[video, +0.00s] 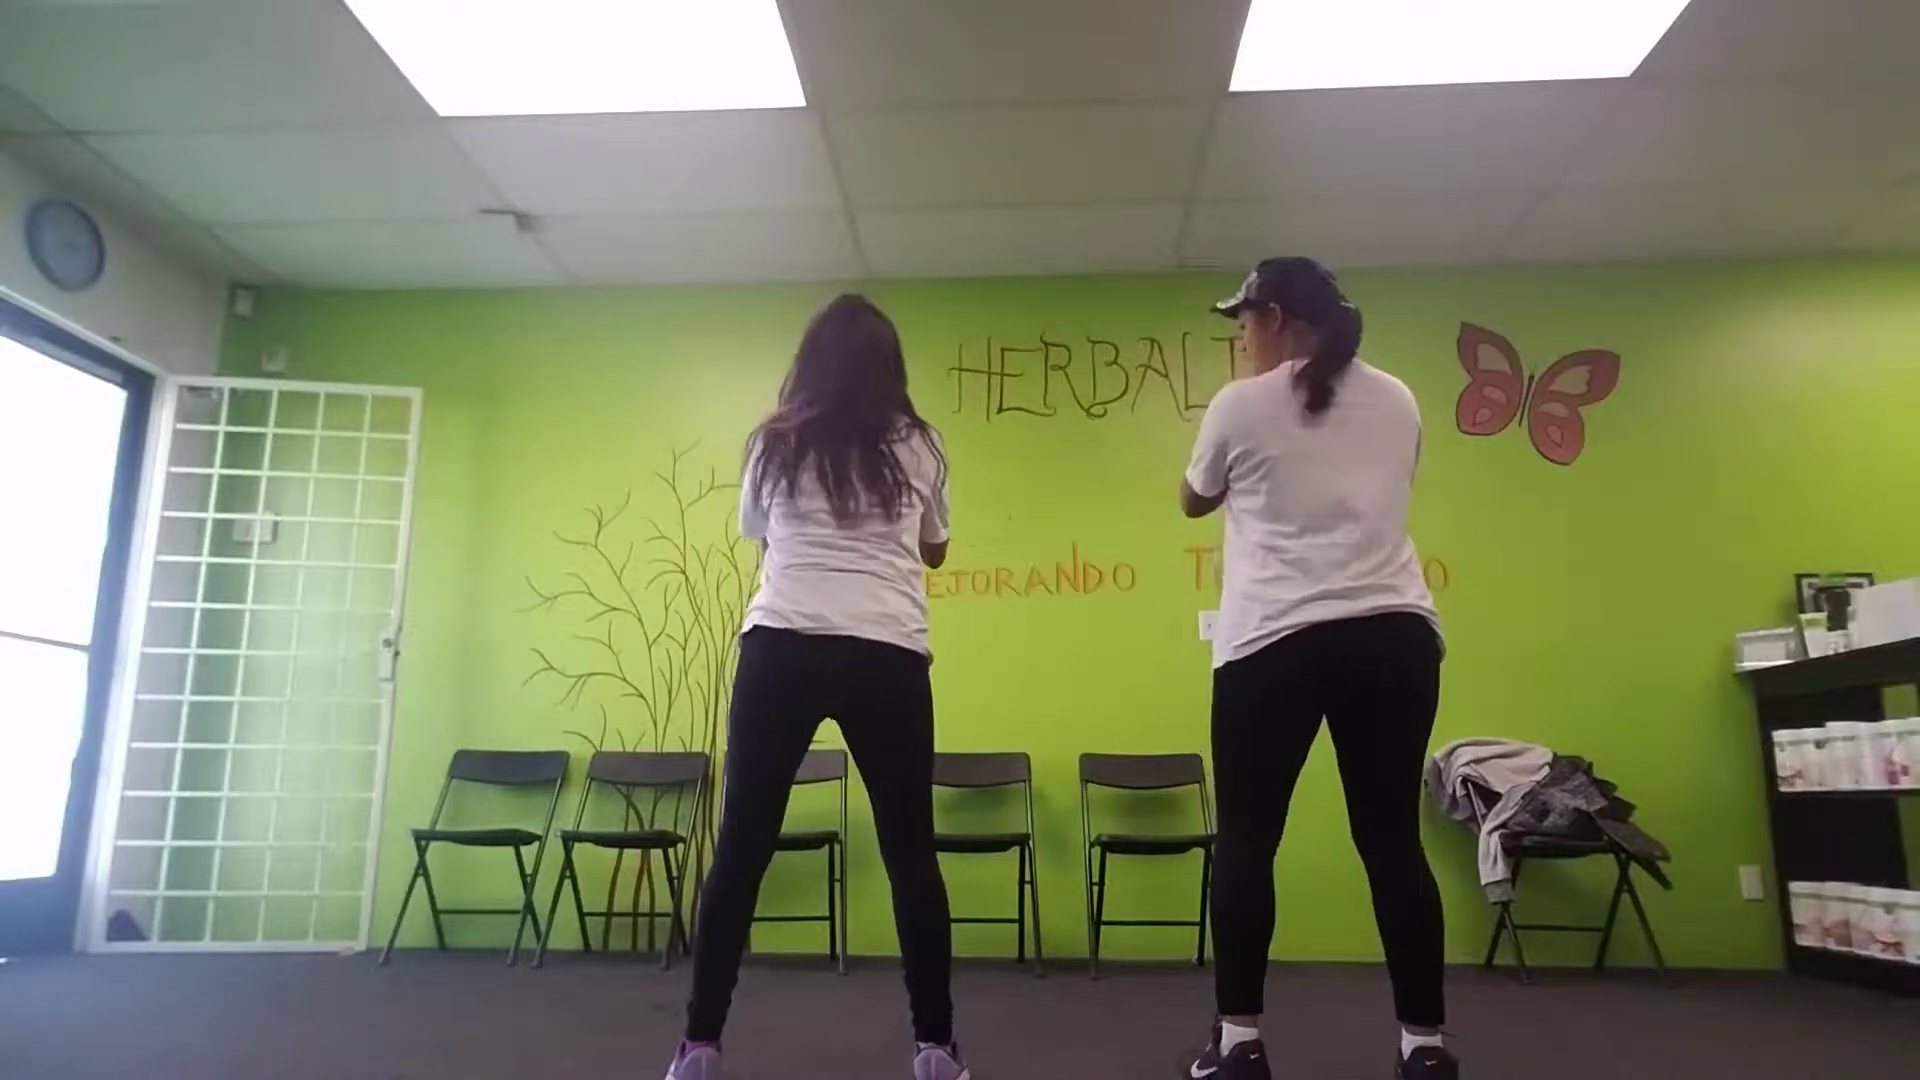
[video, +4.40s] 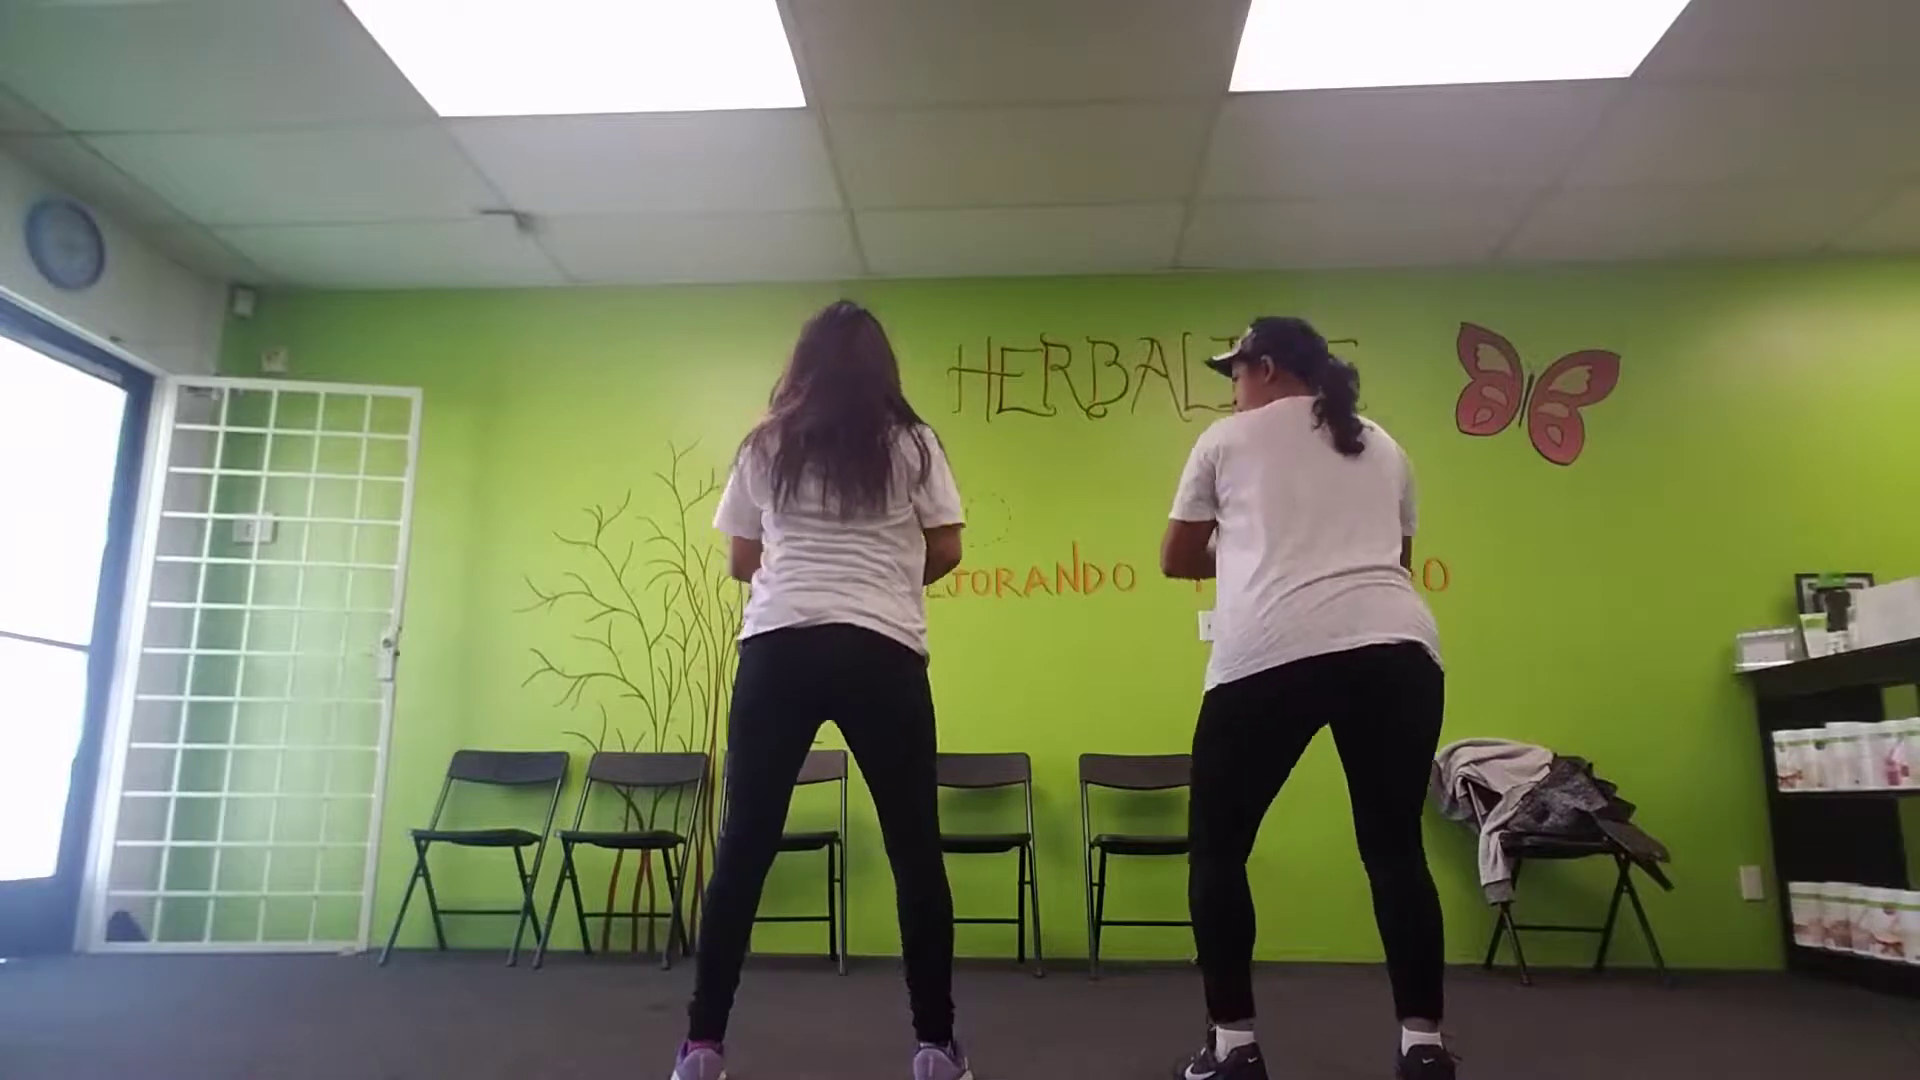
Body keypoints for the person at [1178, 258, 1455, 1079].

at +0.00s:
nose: (1238, 336)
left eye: (1242, 322)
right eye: (1239, 322)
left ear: (1273, 319)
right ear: (1322, 316)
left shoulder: (1240, 404)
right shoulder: (1398, 400)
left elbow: (1197, 497)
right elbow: (1384, 491)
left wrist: (1264, 437)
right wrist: (1286, 458)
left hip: (1274, 646)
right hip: (1395, 639)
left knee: (1245, 844)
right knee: (1394, 841)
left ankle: (1239, 1045)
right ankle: (1425, 1047)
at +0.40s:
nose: (1230, 413)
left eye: (1236, 398)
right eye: (1232, 399)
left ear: (1264, 398)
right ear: (1312, 399)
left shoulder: (1224, 474)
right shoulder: (1379, 472)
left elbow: (1190, 572)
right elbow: (1377, 561)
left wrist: (1272, 540)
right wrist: (1278, 552)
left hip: (1272, 688)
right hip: (1403, 682)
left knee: (1209, 860)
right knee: (1396, 855)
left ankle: (1232, 1049)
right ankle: (1423, 1043)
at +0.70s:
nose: (1215, 538)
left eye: (1220, 524)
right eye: (1215, 525)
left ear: (1250, 524)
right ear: (1296, 526)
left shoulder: (1213, 594)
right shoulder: (1362, 587)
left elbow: (1183, 700)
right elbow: (1376, 676)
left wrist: (1245, 638)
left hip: (1277, 793)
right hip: (1420, 788)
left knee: (1182, 868)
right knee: (1395, 869)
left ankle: (1230, 1047)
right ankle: (1423, 1041)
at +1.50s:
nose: (1218, 429)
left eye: (1222, 415)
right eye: (1219, 415)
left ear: (1246, 416)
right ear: (1298, 416)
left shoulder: (1206, 484)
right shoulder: (1361, 484)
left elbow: (1169, 591)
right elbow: (1378, 584)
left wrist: (1249, 559)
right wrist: (1300, 565)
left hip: (1256, 690)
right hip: (1383, 682)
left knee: (1192, 859)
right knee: (1390, 855)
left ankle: (1232, 1045)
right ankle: (1421, 1036)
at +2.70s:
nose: (1224, 523)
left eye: (1228, 509)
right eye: (1224, 510)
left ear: (1252, 510)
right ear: (1303, 511)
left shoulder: (1216, 579)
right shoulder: (1362, 576)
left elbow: (1174, 683)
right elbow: (1378, 662)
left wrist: (1236, 631)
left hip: (1275, 775)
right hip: (1420, 767)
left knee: (1187, 872)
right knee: (1392, 870)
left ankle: (1232, 1047)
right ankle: (1424, 1042)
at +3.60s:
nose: (1221, 404)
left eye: (1227, 390)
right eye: (1222, 391)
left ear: (1257, 389)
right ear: (1298, 390)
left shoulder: (1219, 455)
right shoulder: (1369, 456)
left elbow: (1175, 572)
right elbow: (1400, 572)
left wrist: (1251, 583)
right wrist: (1327, 583)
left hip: (1269, 660)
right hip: (1393, 654)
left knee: (1210, 847)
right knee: (1394, 847)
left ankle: (1233, 1045)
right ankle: (1422, 1036)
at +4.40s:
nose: (1231, 391)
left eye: (1235, 376)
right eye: (1231, 378)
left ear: (1265, 371)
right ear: (1311, 372)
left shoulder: (1226, 439)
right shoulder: (1384, 444)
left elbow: (1180, 557)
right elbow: (1398, 559)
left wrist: (1261, 546)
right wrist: (1321, 551)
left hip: (1268, 655)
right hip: (1395, 649)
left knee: (1217, 850)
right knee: (1396, 845)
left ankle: (1234, 1047)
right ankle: (1423, 1041)